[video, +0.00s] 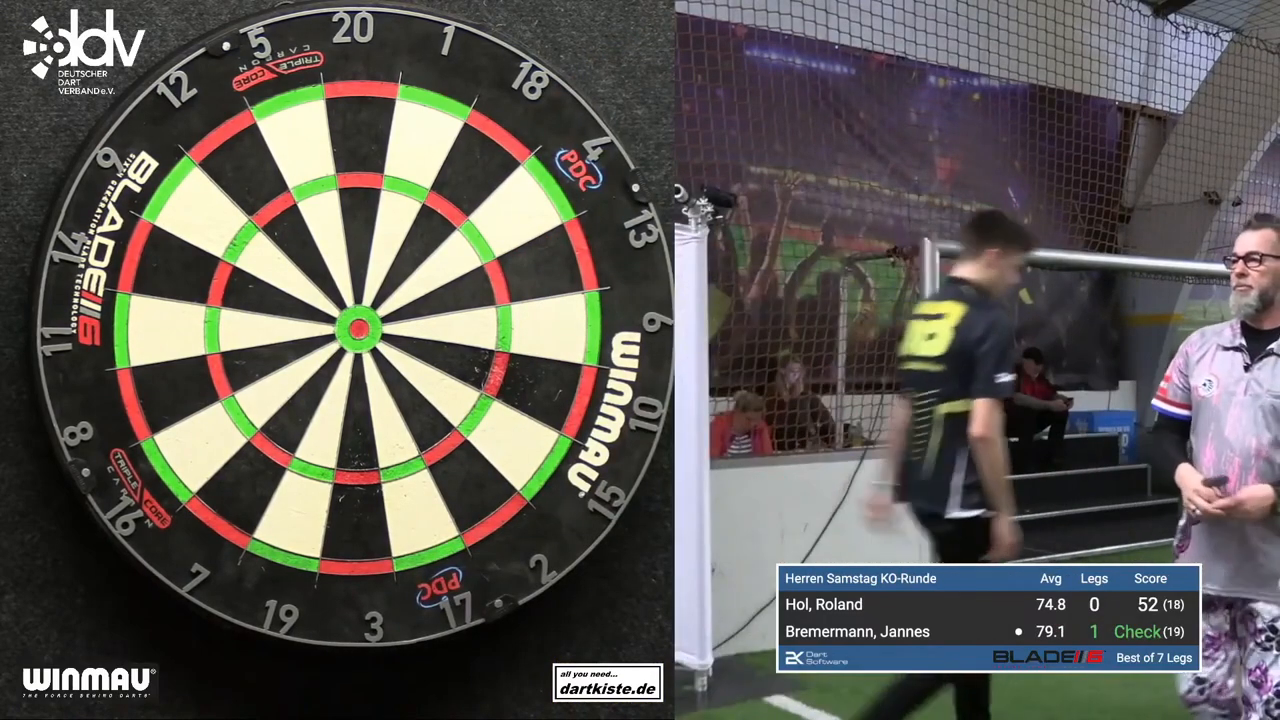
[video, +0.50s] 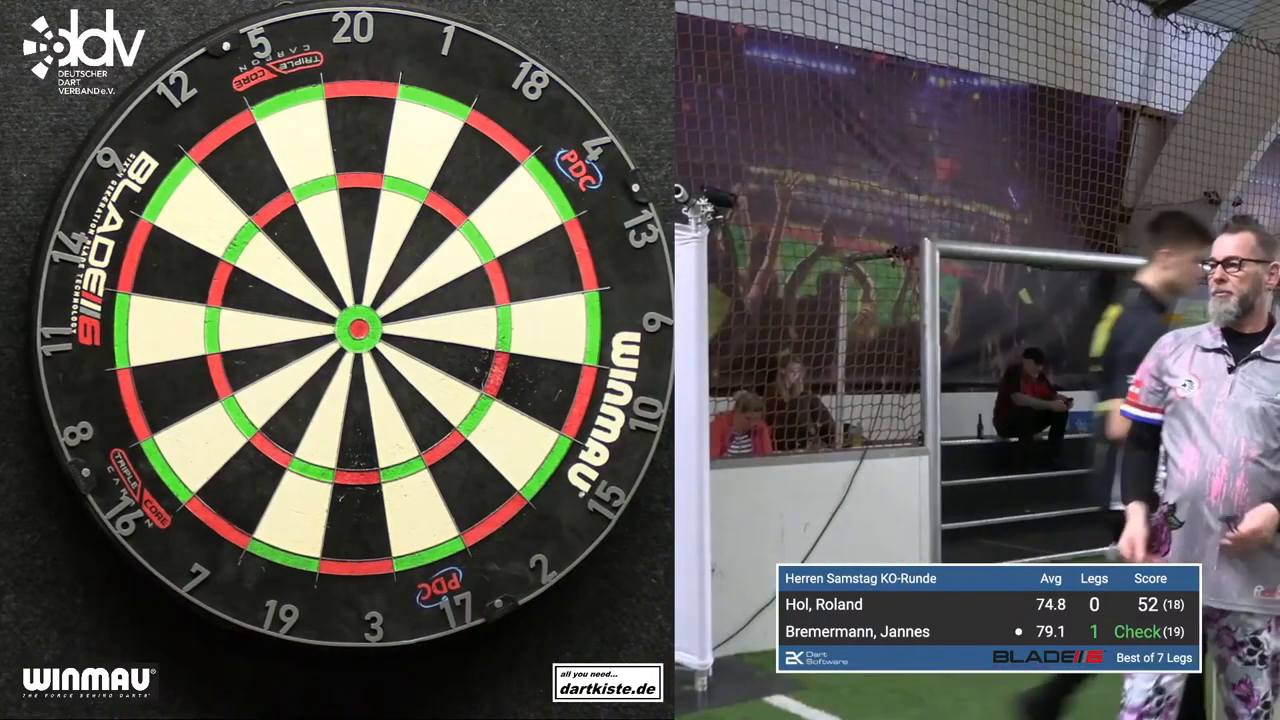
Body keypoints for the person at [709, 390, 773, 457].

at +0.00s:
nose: (753, 424)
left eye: (756, 419)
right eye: (749, 419)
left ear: (761, 417)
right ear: (737, 412)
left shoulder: (761, 427)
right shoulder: (718, 425)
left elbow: (768, 457)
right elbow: (713, 460)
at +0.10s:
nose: (752, 424)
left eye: (756, 419)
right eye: (748, 419)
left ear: (761, 417)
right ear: (737, 413)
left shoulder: (761, 427)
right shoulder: (719, 425)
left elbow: (768, 458)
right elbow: (713, 461)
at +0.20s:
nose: (752, 424)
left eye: (756, 419)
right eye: (749, 419)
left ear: (760, 417)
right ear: (737, 413)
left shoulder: (760, 428)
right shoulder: (719, 425)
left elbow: (768, 458)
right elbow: (713, 461)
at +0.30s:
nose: (752, 424)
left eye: (756, 419)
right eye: (749, 419)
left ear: (760, 417)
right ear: (737, 413)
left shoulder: (760, 428)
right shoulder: (719, 425)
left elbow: (768, 458)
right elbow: (713, 461)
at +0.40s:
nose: (752, 424)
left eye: (756, 419)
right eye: (748, 419)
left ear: (760, 418)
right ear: (737, 413)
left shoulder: (760, 428)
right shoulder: (719, 425)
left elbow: (768, 458)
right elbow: (713, 461)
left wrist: (763, 431)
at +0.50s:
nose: (752, 423)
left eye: (756, 419)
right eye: (748, 418)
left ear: (761, 417)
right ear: (737, 412)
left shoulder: (761, 428)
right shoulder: (718, 425)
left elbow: (768, 458)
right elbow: (713, 461)